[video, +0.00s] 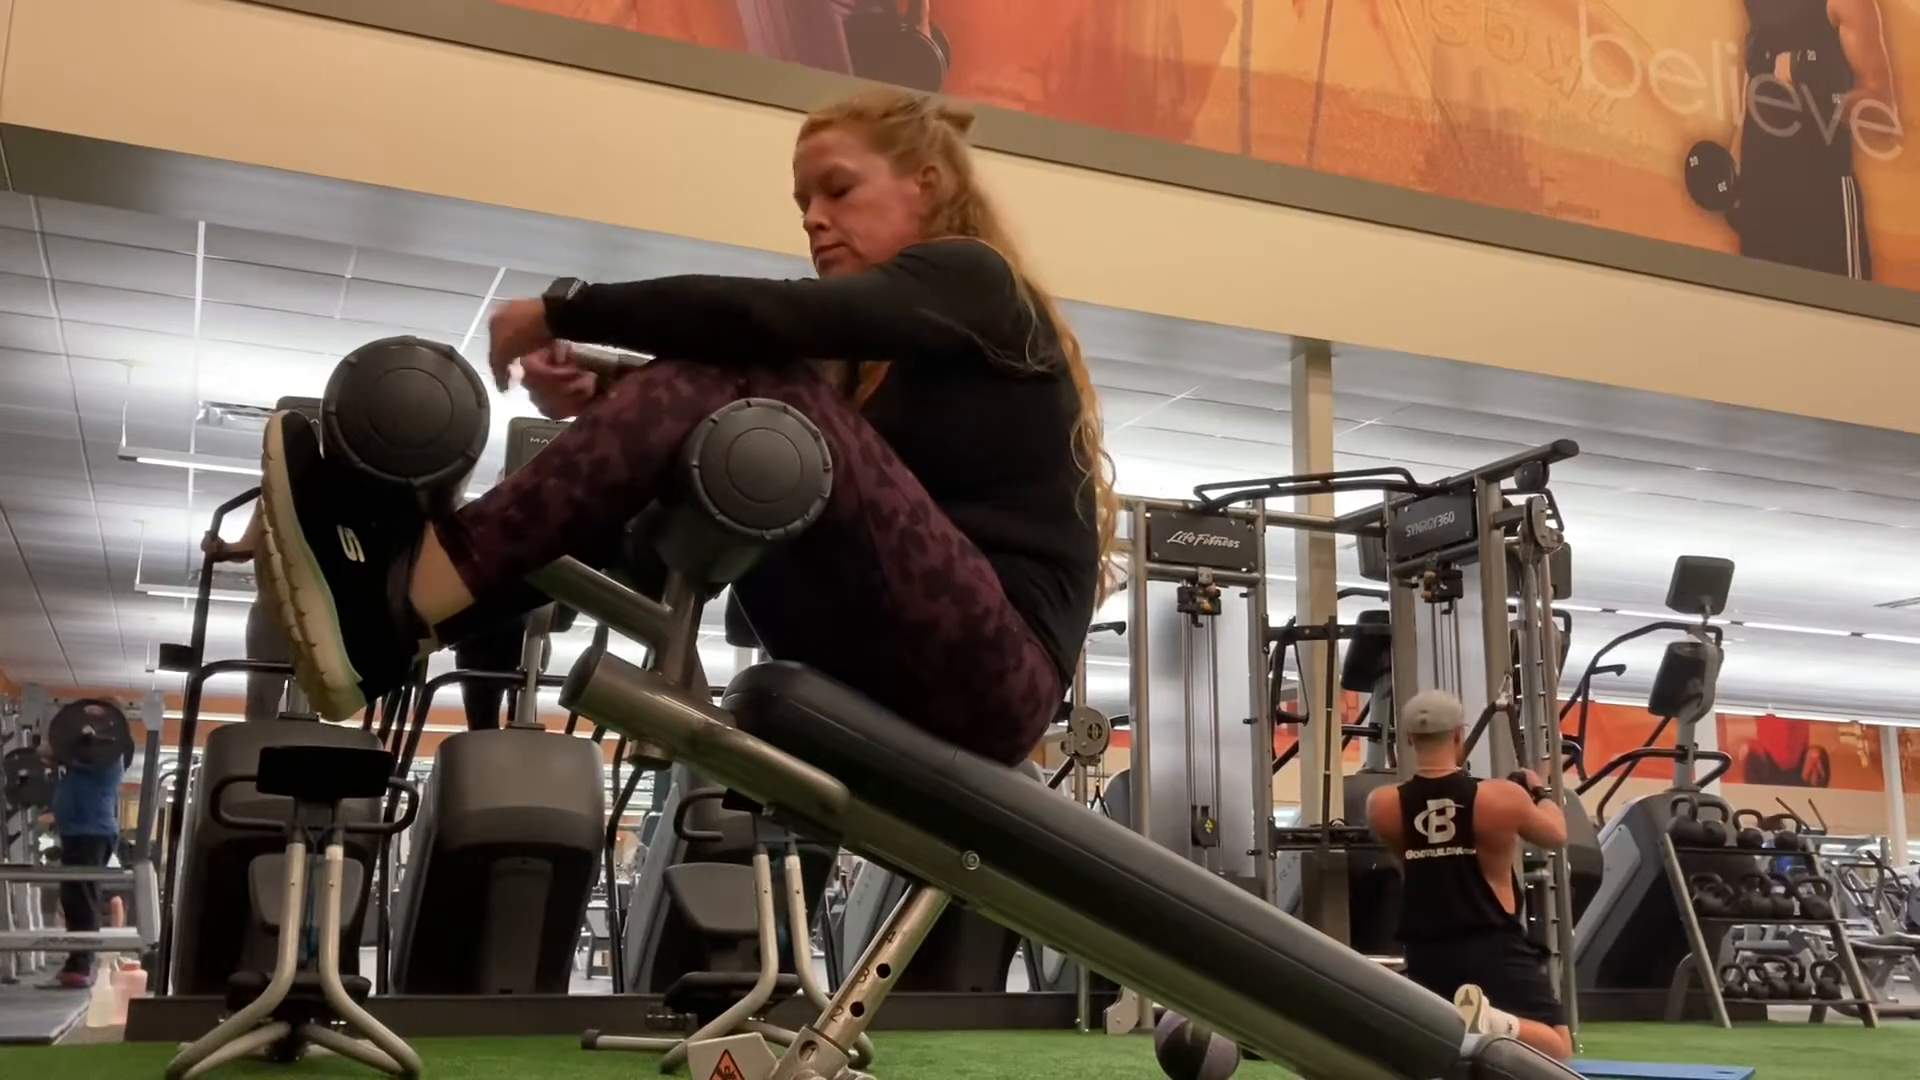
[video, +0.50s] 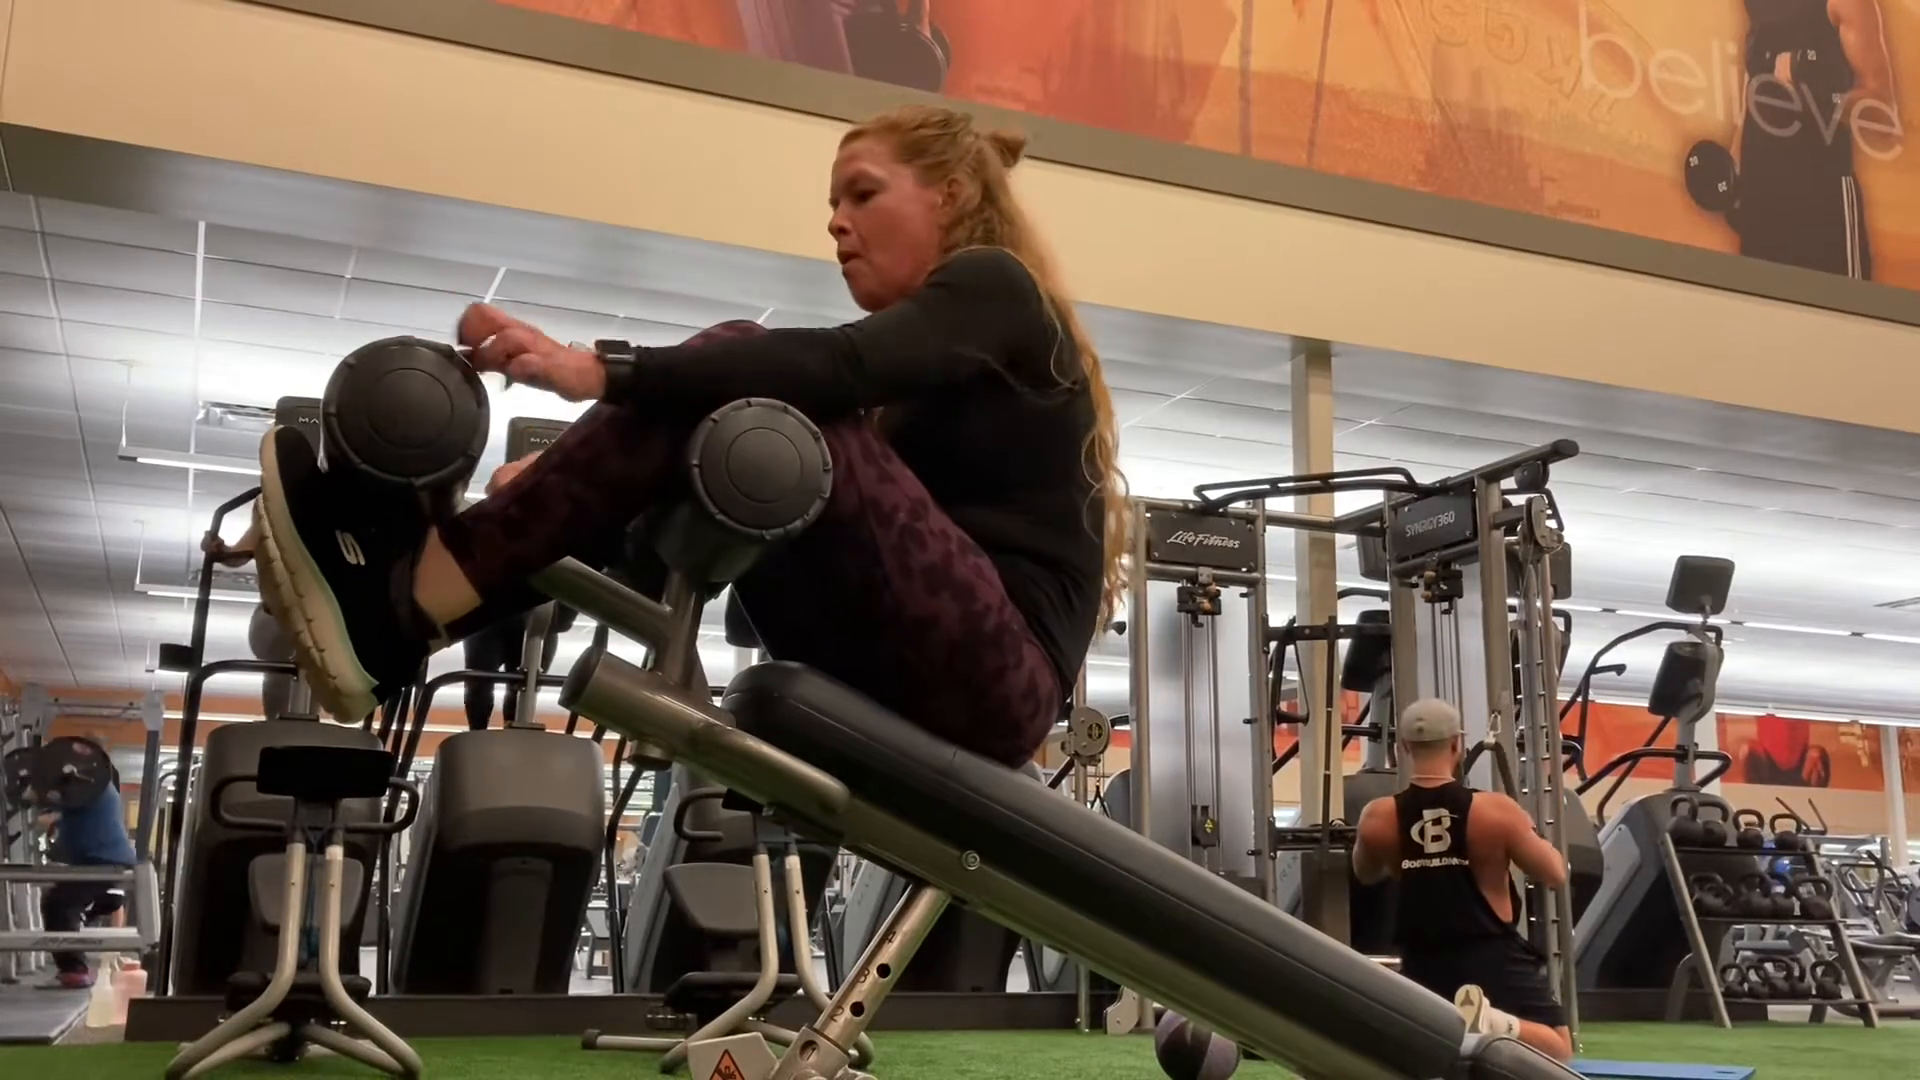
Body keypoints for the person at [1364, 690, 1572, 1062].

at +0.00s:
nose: (1462, 739)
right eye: (1461, 732)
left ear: (1409, 740)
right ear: (1459, 735)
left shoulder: (1382, 805)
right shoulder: (1501, 798)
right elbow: (1555, 832)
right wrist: (1541, 791)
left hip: (1425, 954)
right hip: (1495, 953)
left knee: (1439, 1046)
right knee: (1561, 1047)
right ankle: (1495, 1021)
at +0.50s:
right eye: (1461, 740)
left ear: (1401, 750)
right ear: (1456, 745)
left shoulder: (1378, 817)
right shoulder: (1496, 811)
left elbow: (1365, 872)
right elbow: (1555, 874)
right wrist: (1528, 834)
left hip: (1421, 969)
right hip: (1495, 965)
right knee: (1561, 1049)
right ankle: (1493, 1021)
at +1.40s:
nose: (1475, 736)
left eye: (1473, 728)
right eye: (1473, 729)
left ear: (1421, 738)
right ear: (1464, 736)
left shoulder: (1389, 804)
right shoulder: (1504, 802)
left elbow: (1373, 870)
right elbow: (1560, 872)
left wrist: (1417, 840)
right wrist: (1541, 840)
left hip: (1421, 960)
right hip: (1492, 958)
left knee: (1434, 1053)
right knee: (1561, 1049)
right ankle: (1494, 1022)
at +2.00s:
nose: (1544, 715)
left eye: (1542, 706)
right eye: (1540, 707)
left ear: (1489, 715)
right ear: (1526, 713)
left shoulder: (1454, 781)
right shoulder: (1572, 777)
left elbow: (1433, 846)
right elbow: (1614, 844)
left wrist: (1476, 819)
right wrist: (1579, 808)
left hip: (1470, 930)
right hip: (1540, 933)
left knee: (1464, 1040)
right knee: (1566, 1051)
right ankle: (1503, 1019)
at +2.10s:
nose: (1556, 709)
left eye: (1554, 701)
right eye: (1553, 701)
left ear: (1500, 709)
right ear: (1539, 707)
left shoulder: (1465, 774)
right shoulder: (1587, 771)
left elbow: (1439, 835)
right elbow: (1622, 838)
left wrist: (1485, 805)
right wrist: (1586, 800)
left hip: (1478, 923)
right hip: (1550, 925)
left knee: (1453, 1029)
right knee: (1565, 1050)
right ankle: (1509, 1019)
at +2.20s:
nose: (1563, 704)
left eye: (1560, 697)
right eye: (1560, 697)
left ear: (1509, 707)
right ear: (1550, 705)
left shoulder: (1477, 769)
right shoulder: (1599, 768)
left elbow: (1441, 832)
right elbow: (1628, 834)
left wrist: (1478, 799)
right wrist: (1586, 801)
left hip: (1487, 906)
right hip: (1558, 916)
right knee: (1566, 1047)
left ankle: (1437, 995)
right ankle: (1511, 1019)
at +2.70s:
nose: (1564, 707)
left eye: (1563, 701)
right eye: (1561, 701)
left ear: (1510, 706)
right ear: (1547, 705)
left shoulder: (1473, 756)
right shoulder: (1591, 763)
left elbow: (1443, 803)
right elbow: (1619, 823)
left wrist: (1487, 793)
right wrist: (1592, 785)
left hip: (1481, 902)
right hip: (1550, 911)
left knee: (1464, 927)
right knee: (1565, 1048)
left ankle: (1492, 1029)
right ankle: (1526, 1018)